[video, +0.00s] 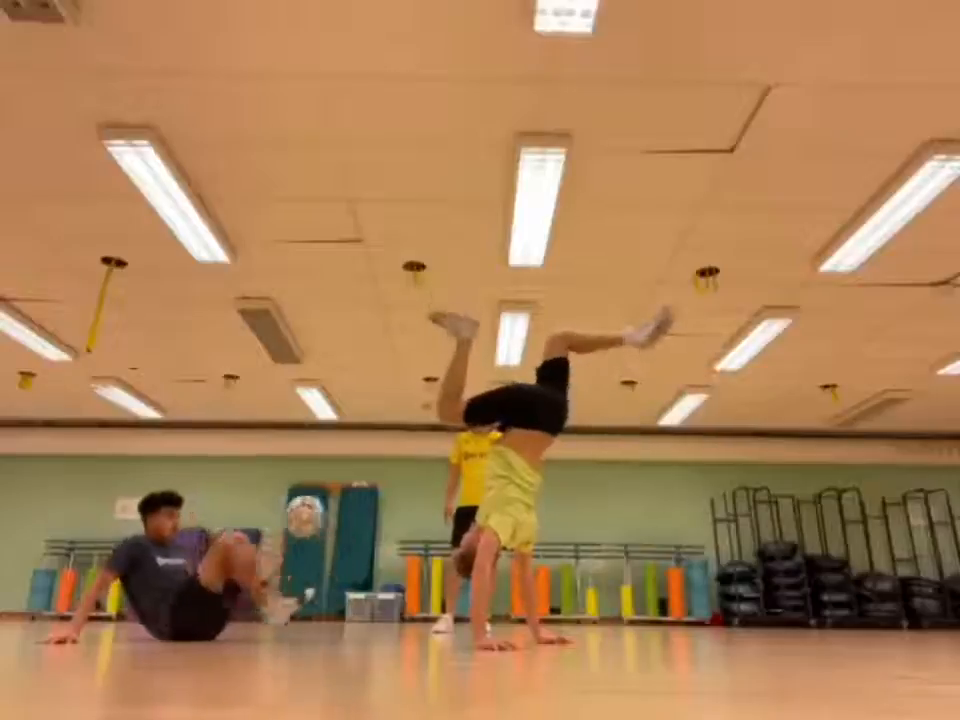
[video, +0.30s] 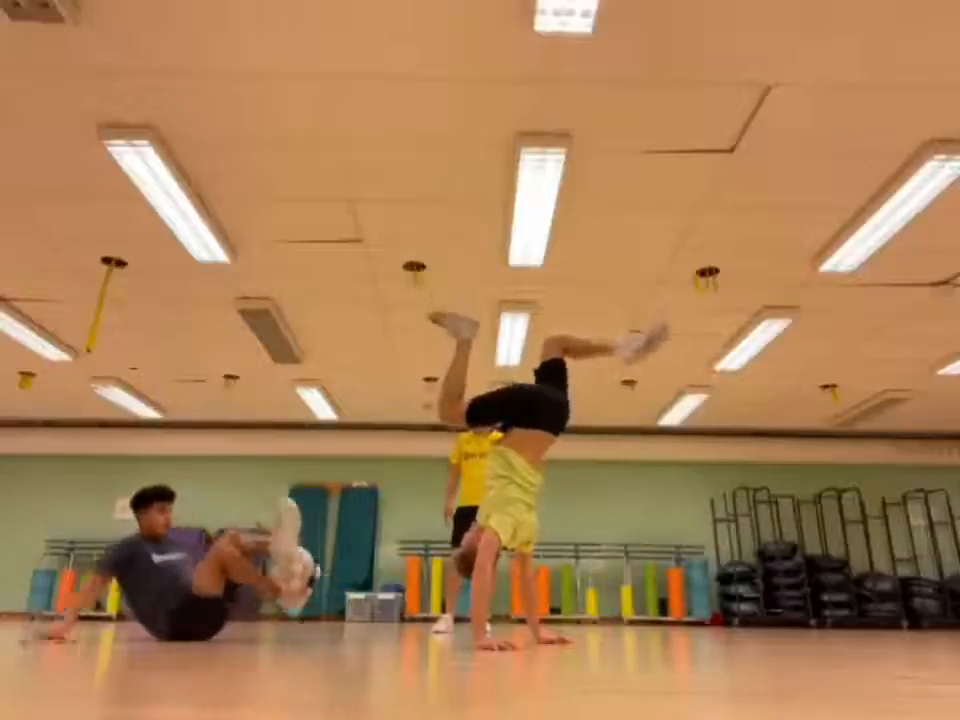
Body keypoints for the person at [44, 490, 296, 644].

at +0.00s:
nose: (175, 524)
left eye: (177, 518)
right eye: (170, 517)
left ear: (173, 521)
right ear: (150, 518)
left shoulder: (176, 555)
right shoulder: (133, 547)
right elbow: (98, 587)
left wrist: (251, 576)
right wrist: (74, 629)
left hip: (202, 619)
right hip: (178, 620)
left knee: (237, 542)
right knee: (226, 543)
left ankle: (266, 599)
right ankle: (266, 603)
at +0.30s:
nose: (169, 519)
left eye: (169, 512)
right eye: (162, 512)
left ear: (168, 515)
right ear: (142, 515)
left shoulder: (176, 545)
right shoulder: (126, 551)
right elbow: (93, 590)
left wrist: (267, 544)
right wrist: (66, 624)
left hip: (203, 612)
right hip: (177, 622)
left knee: (232, 541)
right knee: (220, 551)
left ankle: (279, 542)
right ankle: (280, 591)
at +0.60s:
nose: (122, 533)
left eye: (122, 527)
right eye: (114, 529)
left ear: (121, 531)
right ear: (94, 536)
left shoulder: (139, 552)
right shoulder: (81, 581)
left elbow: (165, 578)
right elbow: (43, 617)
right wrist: (20, 633)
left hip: (189, 590)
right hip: (174, 621)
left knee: (243, 585)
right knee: (246, 614)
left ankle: (306, 609)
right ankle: (313, 628)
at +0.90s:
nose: (95, 536)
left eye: (95, 529)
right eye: (86, 531)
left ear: (97, 531)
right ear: (65, 538)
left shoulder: (116, 549)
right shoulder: (56, 588)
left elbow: (160, 568)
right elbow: (20, 632)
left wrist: (189, 576)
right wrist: (6, 634)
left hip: (162, 590)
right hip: (148, 623)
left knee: (118, 573)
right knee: (188, 627)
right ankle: (238, 605)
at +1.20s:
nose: (104, 524)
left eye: (105, 517)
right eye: (95, 519)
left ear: (107, 516)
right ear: (74, 524)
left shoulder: (127, 534)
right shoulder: (59, 577)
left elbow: (165, 552)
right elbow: (26, 628)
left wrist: (211, 567)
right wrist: (15, 633)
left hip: (165, 584)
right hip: (149, 621)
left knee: (178, 580)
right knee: (190, 631)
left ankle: (256, 582)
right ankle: (253, 625)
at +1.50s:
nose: (159, 512)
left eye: (159, 506)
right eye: (153, 506)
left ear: (153, 507)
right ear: (129, 506)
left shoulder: (162, 532)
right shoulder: (96, 547)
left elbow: (175, 575)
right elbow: (60, 591)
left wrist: (222, 606)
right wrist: (35, 632)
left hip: (187, 592)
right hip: (158, 621)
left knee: (221, 557)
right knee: (198, 628)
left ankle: (280, 597)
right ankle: (252, 632)